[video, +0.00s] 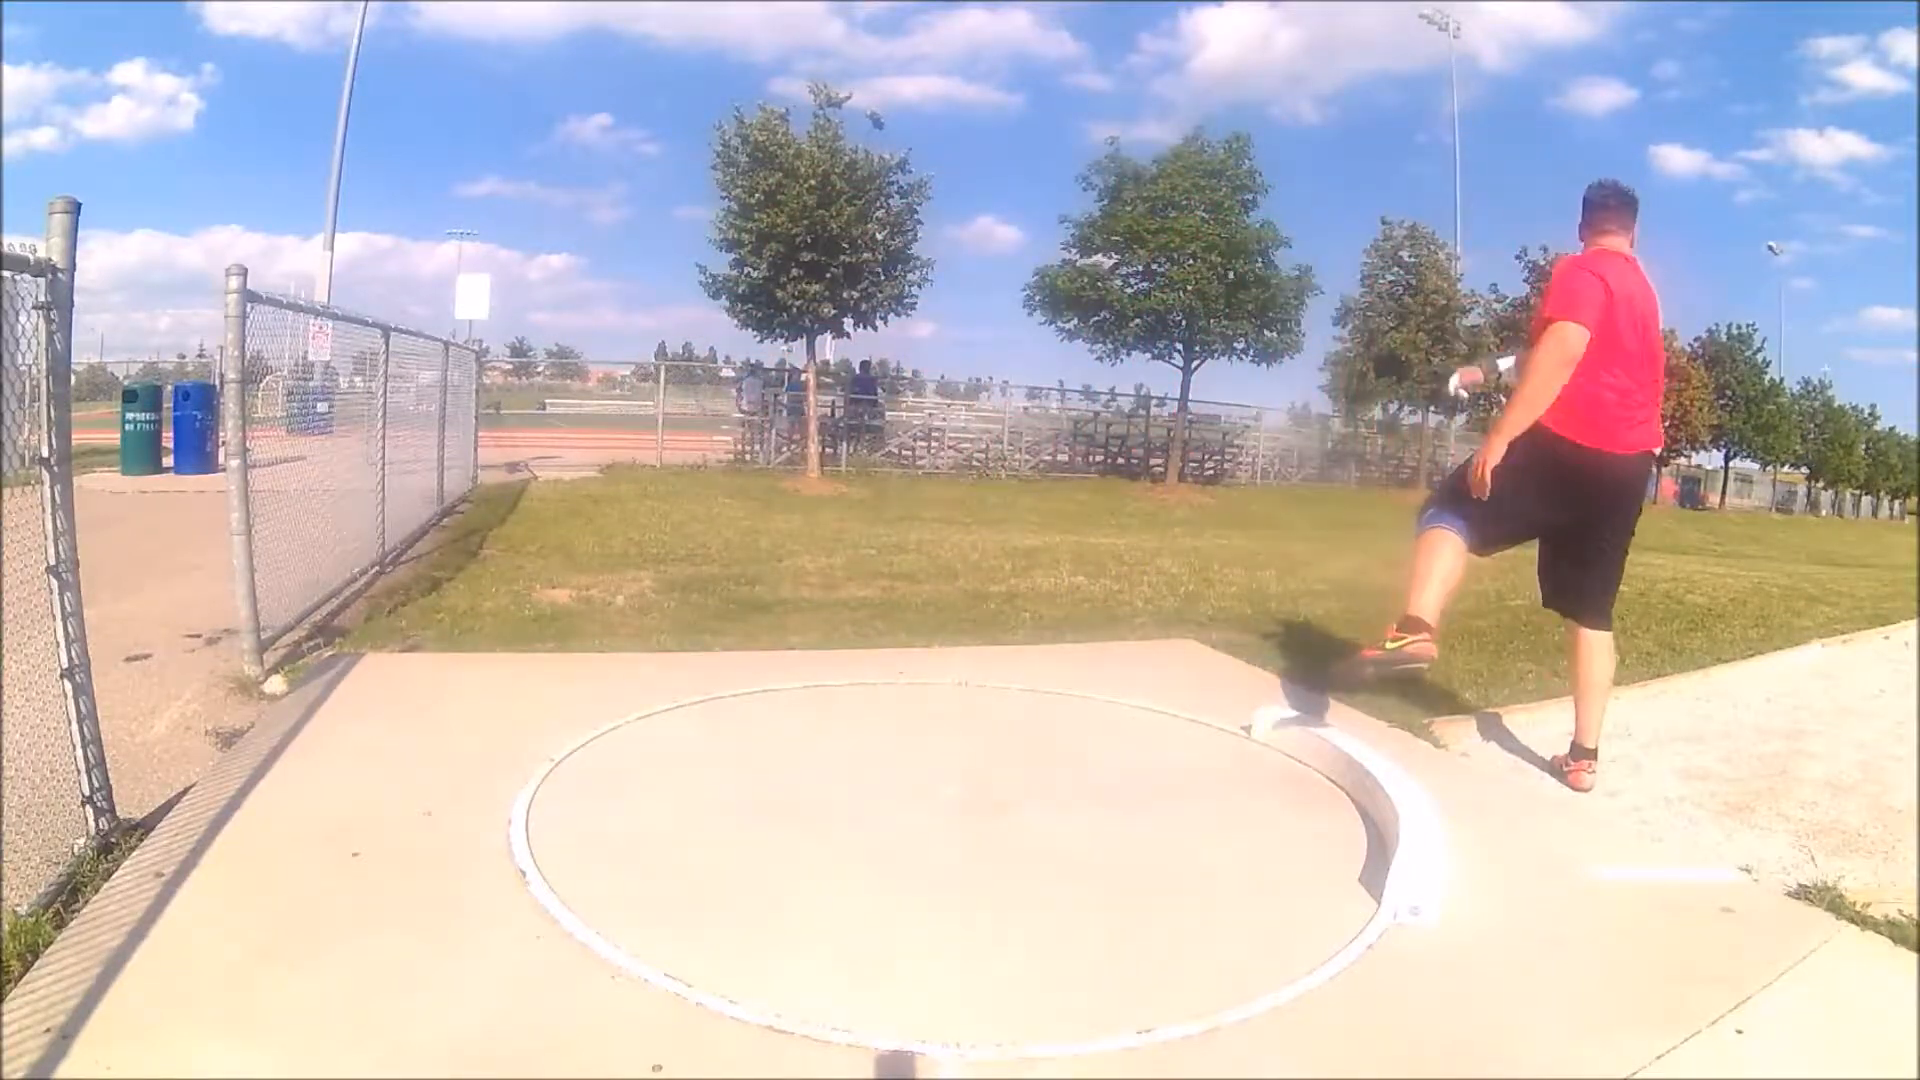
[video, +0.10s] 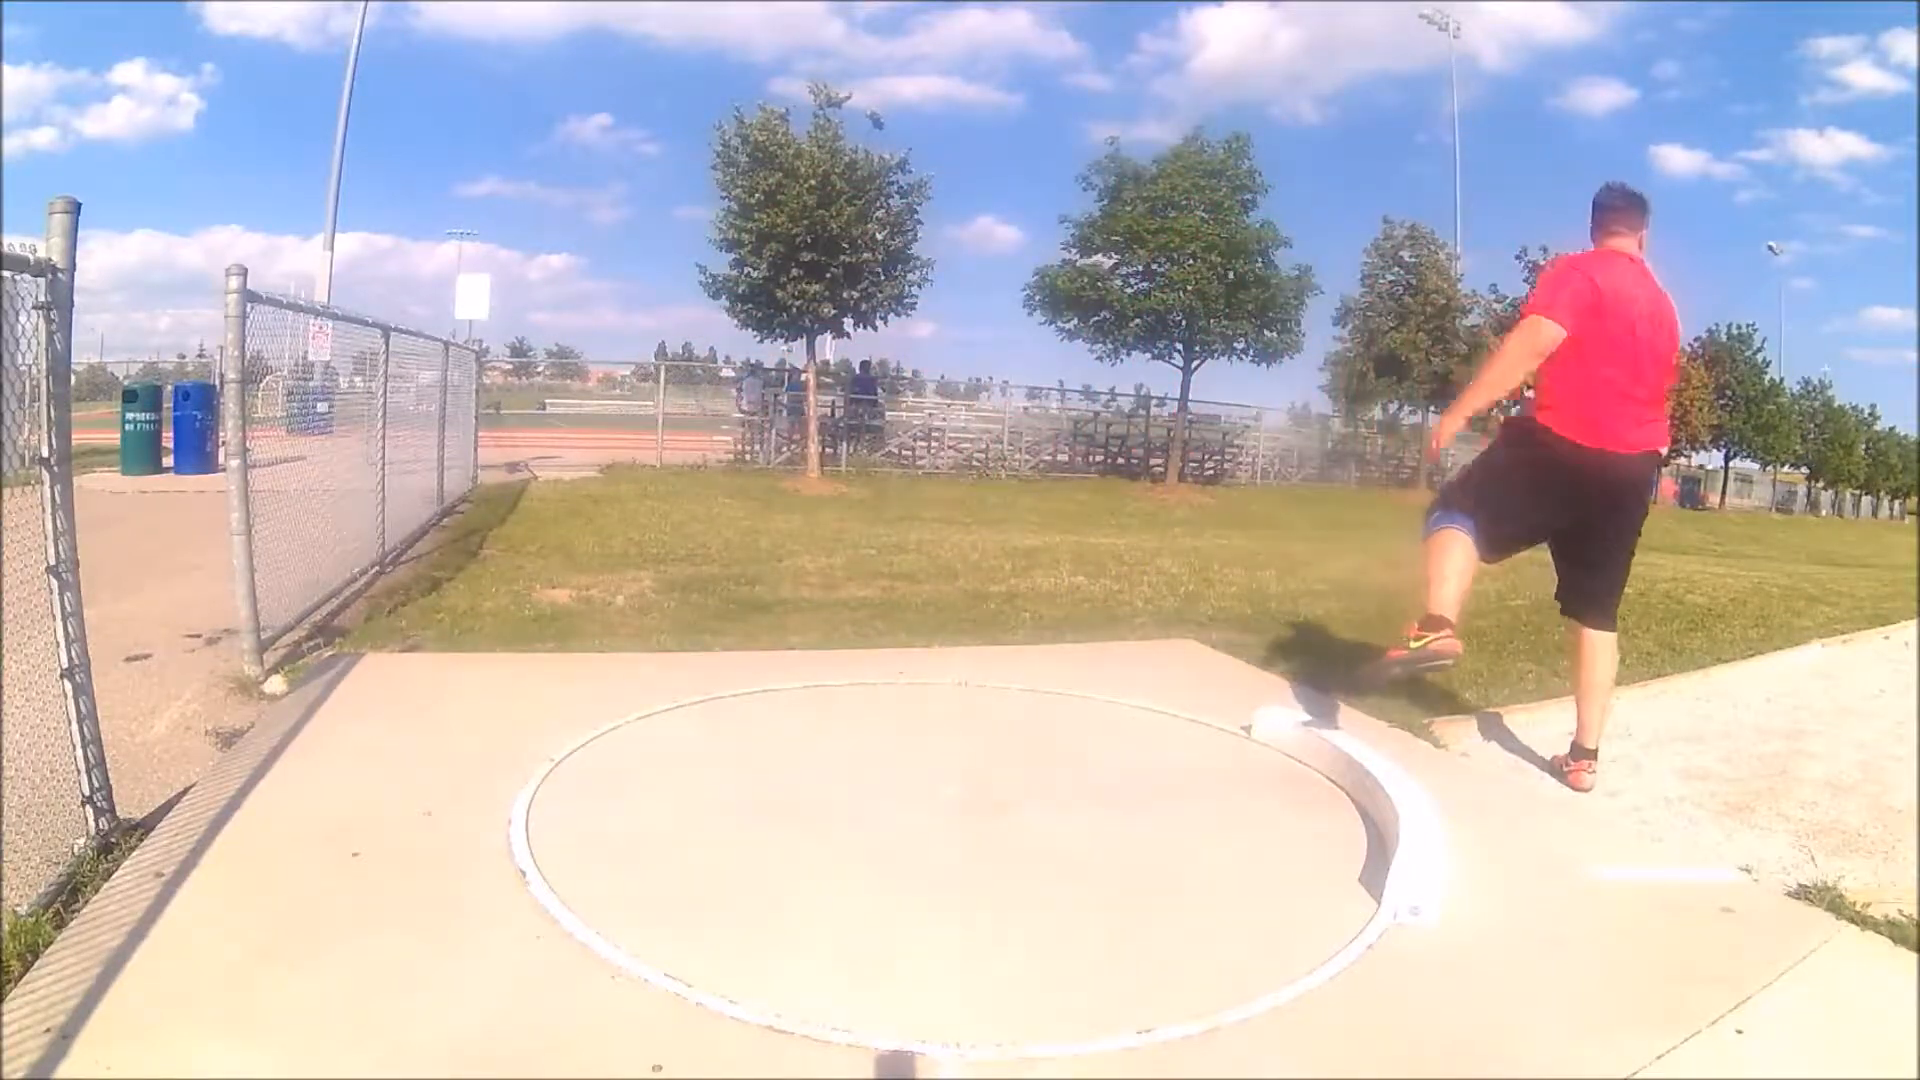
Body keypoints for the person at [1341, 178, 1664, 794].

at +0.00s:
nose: (1582, 239)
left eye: (1580, 229)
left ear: (1583, 226)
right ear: (1633, 232)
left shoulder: (1583, 269)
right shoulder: (1642, 288)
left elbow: (1563, 349)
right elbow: (1576, 362)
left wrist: (1500, 435)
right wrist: (1490, 374)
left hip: (1560, 449)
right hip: (1626, 466)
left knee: (1453, 508)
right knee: (1593, 608)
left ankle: (1416, 628)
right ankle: (1583, 757)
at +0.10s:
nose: (1626, 242)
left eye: (1604, 229)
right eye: (1639, 235)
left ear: (1592, 227)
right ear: (1644, 236)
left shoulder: (1574, 271)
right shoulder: (1663, 304)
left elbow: (1533, 341)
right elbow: (1659, 389)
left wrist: (1458, 412)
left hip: (1551, 451)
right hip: (1630, 470)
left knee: (1457, 513)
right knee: (1596, 608)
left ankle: (1439, 625)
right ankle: (1585, 757)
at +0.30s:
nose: (1643, 247)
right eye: (1649, 240)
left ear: (1598, 231)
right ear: (1650, 240)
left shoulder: (1566, 273)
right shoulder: (1674, 306)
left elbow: (1508, 342)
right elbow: (1715, 391)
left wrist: (1443, 390)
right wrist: (1733, 453)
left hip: (1547, 456)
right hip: (1629, 469)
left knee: (1479, 552)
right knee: (1606, 611)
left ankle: (1473, 675)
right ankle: (1586, 757)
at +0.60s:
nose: (1617, 240)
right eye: (1627, 233)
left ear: (1581, 227)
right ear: (1631, 234)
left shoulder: (1542, 273)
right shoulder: (1663, 297)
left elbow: (1491, 357)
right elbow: (1707, 382)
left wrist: (1480, 419)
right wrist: (1733, 469)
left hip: (1538, 463)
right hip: (1619, 471)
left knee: (1498, 592)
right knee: (1598, 609)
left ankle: (1494, 742)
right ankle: (1583, 757)